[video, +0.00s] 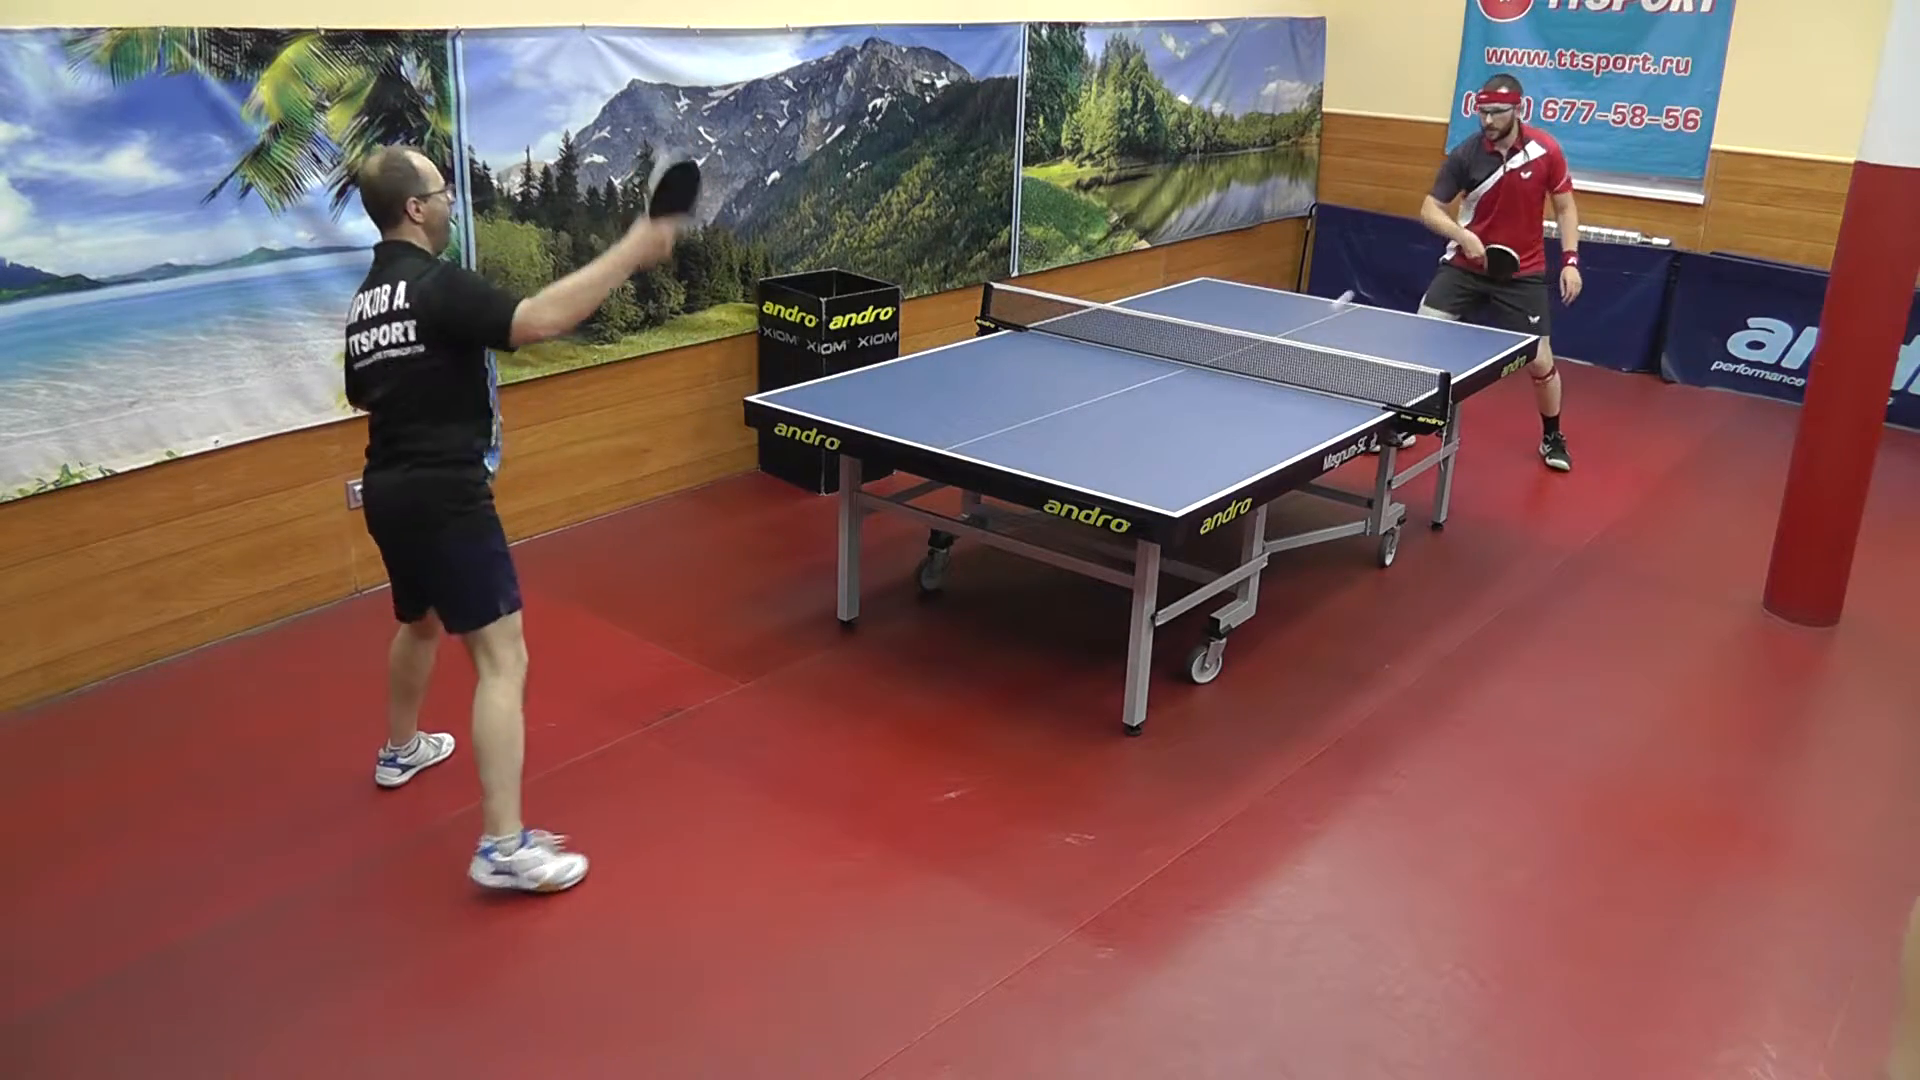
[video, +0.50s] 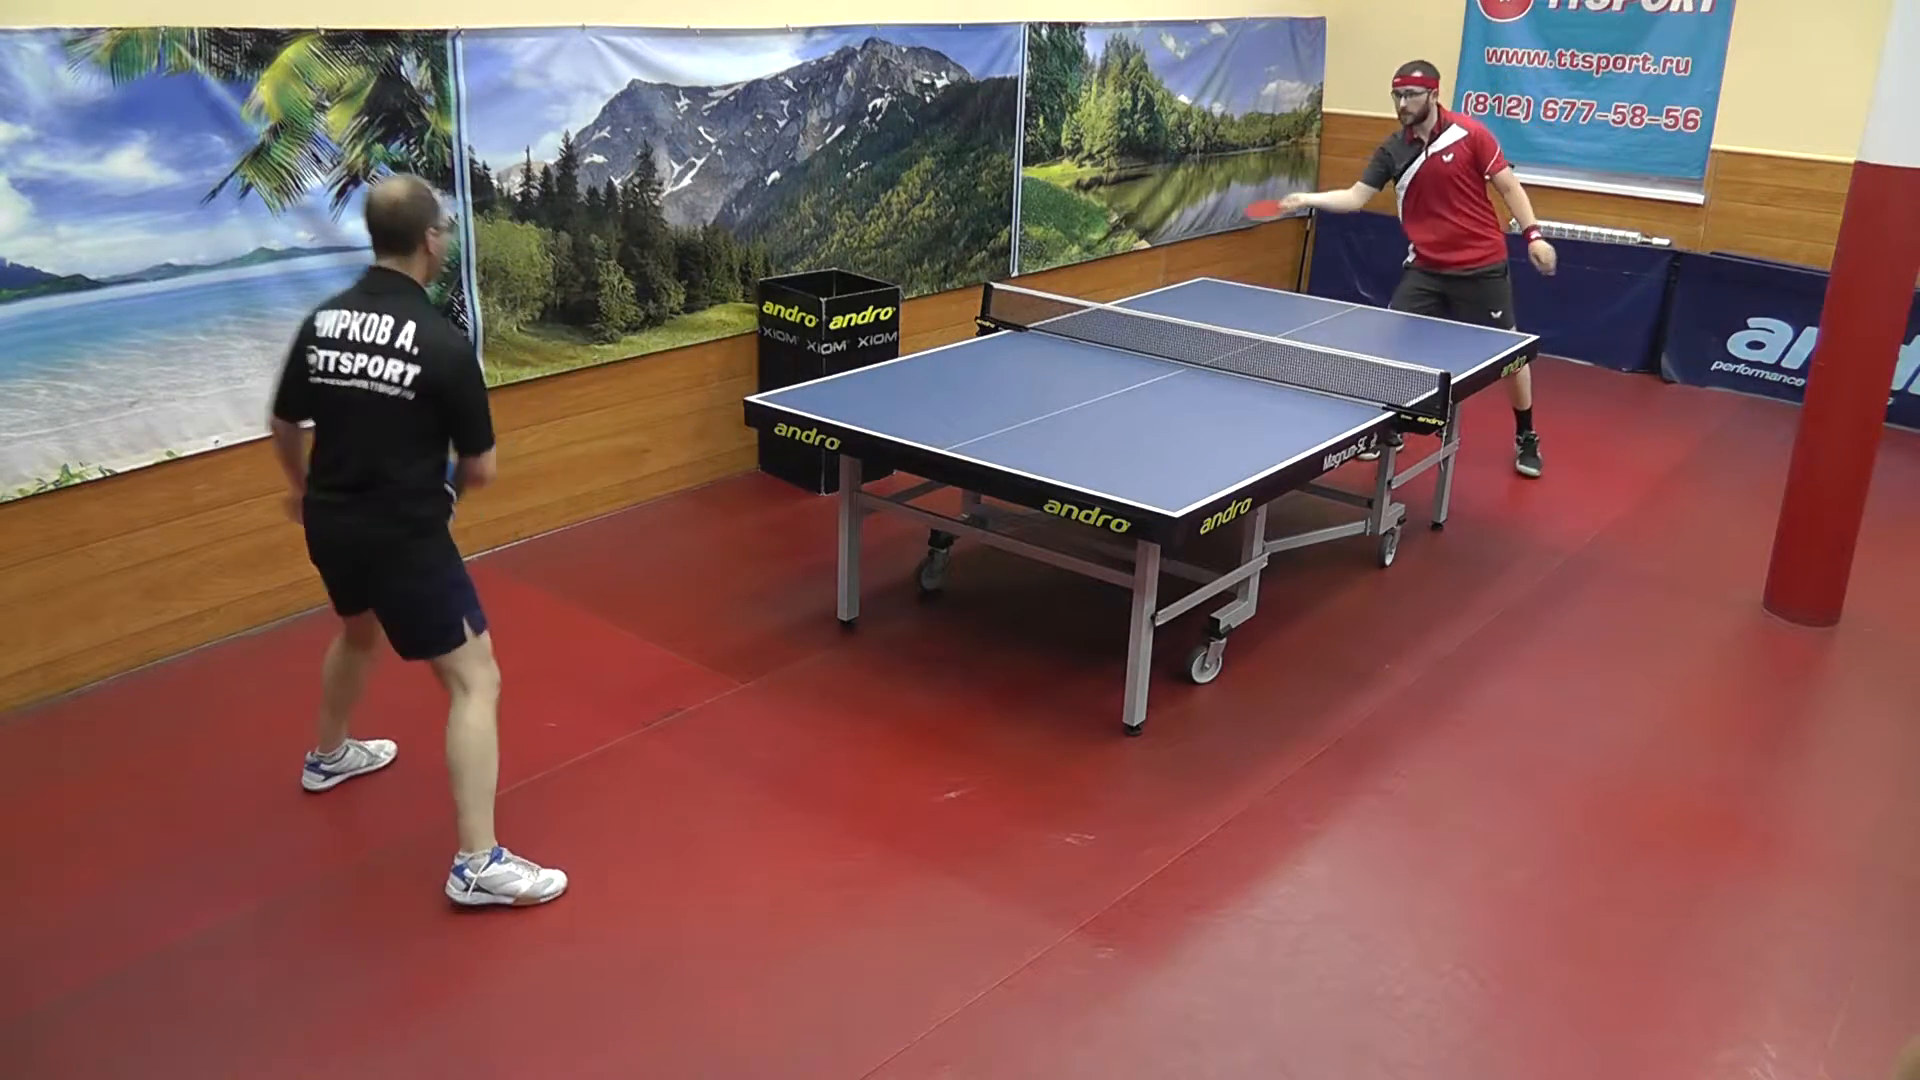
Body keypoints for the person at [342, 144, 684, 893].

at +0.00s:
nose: (450, 200)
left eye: (443, 187)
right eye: (441, 191)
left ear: (390, 213)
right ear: (417, 208)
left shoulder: (368, 299)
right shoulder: (439, 287)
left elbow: (360, 395)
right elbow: (535, 321)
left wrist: (440, 382)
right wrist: (630, 252)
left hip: (389, 493)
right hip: (450, 492)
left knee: (418, 623)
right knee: (501, 661)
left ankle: (400, 747)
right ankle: (504, 843)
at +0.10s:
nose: (464, 212)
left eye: (458, 200)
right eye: (455, 203)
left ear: (402, 222)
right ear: (428, 219)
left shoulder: (379, 300)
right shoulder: (443, 299)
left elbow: (361, 402)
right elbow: (533, 357)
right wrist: (642, 315)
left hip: (382, 502)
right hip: (438, 508)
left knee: (417, 625)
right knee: (489, 675)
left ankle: (399, 747)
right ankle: (480, 859)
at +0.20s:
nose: (481, 220)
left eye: (476, 210)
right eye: (473, 212)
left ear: (417, 233)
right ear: (446, 229)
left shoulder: (376, 313)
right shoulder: (460, 315)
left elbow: (368, 414)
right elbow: (535, 398)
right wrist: (641, 396)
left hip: (366, 512)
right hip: (427, 524)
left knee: (407, 619)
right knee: (480, 689)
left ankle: (386, 735)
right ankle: (476, 868)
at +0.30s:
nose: (497, 247)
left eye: (493, 235)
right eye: (490, 237)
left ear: (431, 250)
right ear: (462, 248)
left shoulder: (390, 317)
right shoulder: (456, 339)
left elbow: (395, 414)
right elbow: (514, 455)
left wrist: (468, 457)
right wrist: (593, 481)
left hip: (356, 525)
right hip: (409, 539)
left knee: (396, 628)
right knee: (491, 689)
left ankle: (341, 740)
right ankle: (476, 870)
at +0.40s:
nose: (487, 263)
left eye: (485, 250)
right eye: (483, 252)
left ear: (415, 259)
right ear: (463, 262)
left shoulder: (378, 323)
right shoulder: (446, 359)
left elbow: (390, 438)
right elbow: (479, 492)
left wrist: (468, 506)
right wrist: (500, 519)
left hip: (348, 527)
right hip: (403, 547)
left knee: (397, 626)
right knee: (495, 687)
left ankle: (335, 746)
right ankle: (476, 868)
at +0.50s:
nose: (447, 240)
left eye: (443, 228)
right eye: (443, 230)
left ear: (376, 238)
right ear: (428, 240)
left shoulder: (328, 319)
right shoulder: (444, 340)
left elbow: (286, 419)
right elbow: (479, 466)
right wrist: (444, 477)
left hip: (331, 523)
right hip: (406, 532)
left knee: (357, 631)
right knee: (474, 680)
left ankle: (328, 752)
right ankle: (478, 859)